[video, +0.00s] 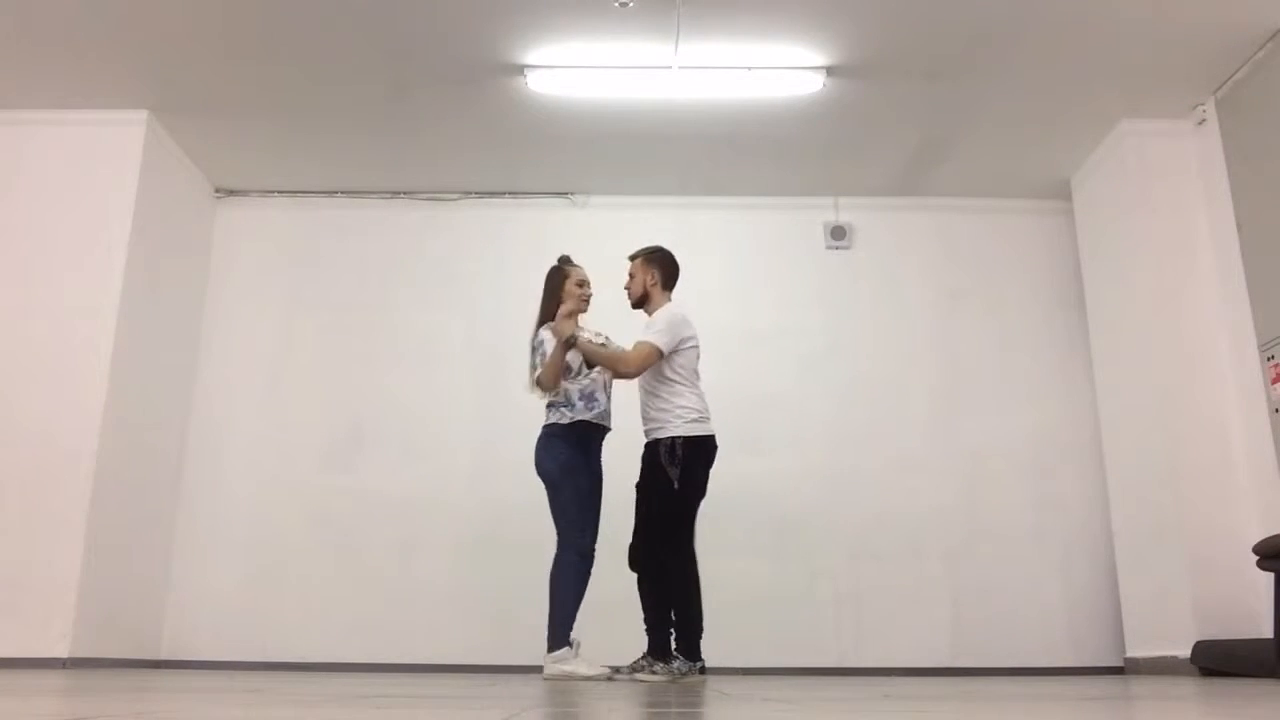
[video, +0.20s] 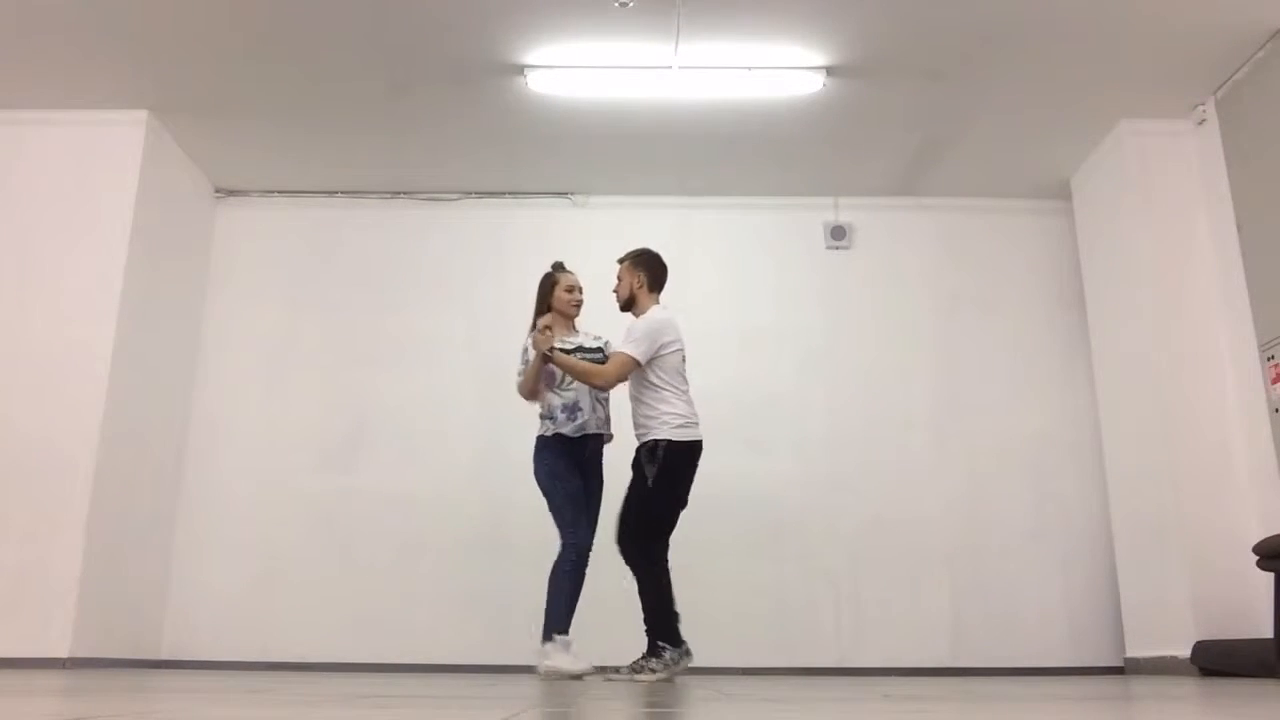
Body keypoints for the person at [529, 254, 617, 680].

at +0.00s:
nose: (587, 291)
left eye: (588, 286)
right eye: (579, 285)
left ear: (585, 293)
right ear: (559, 290)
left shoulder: (589, 336)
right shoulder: (546, 333)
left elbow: (621, 367)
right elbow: (547, 383)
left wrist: (600, 350)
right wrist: (563, 341)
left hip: (588, 444)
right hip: (563, 442)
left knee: (582, 546)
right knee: (573, 545)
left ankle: (562, 648)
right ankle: (558, 650)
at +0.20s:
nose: (578, 296)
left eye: (580, 291)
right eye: (569, 290)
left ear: (581, 298)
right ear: (548, 297)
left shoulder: (594, 343)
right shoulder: (537, 342)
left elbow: (611, 379)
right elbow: (529, 392)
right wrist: (541, 351)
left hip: (591, 448)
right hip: (555, 449)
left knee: (580, 545)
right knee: (575, 542)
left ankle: (558, 641)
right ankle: (552, 642)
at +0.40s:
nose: (572, 297)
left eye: (574, 292)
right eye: (563, 291)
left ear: (576, 301)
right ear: (542, 299)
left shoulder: (583, 350)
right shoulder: (528, 342)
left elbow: (614, 381)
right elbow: (509, 365)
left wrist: (642, 359)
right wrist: (528, 323)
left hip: (588, 452)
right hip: (550, 453)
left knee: (578, 547)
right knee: (573, 542)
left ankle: (558, 646)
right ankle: (528, 627)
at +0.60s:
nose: (572, 296)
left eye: (574, 291)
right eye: (564, 291)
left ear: (576, 297)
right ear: (545, 296)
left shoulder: (582, 346)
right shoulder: (527, 335)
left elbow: (608, 378)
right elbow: (517, 351)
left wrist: (645, 360)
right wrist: (541, 309)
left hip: (572, 455)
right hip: (530, 455)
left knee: (582, 546)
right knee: (530, 551)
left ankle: (558, 644)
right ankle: (511, 647)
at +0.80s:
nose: (579, 300)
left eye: (581, 294)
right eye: (572, 293)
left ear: (582, 299)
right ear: (552, 294)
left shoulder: (581, 342)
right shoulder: (534, 329)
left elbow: (615, 373)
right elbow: (554, 343)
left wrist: (656, 369)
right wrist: (573, 300)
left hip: (571, 455)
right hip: (531, 452)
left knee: (577, 546)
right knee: (526, 548)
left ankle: (561, 646)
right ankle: (511, 646)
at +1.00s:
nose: (590, 291)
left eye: (587, 285)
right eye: (587, 285)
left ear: (554, 288)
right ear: (578, 289)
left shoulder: (562, 326)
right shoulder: (575, 324)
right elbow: (632, 325)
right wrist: (652, 287)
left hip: (576, 450)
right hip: (560, 450)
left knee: (575, 549)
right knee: (571, 547)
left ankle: (556, 647)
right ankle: (521, 623)